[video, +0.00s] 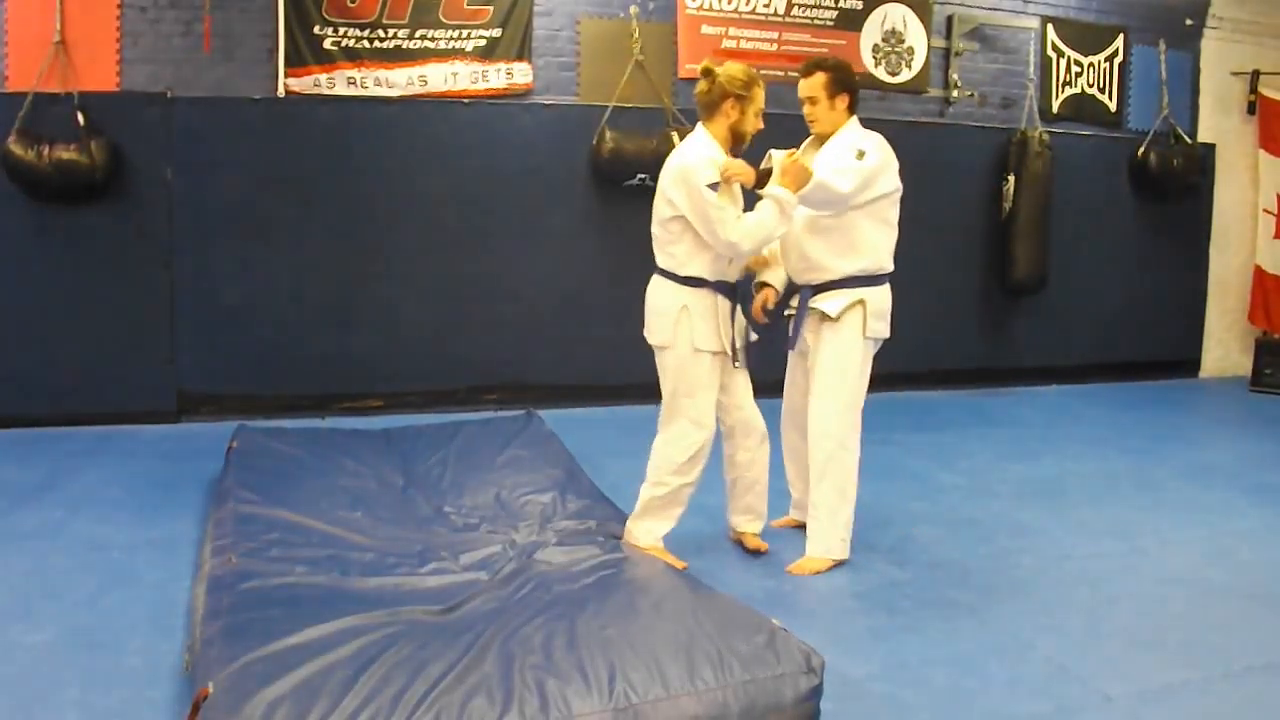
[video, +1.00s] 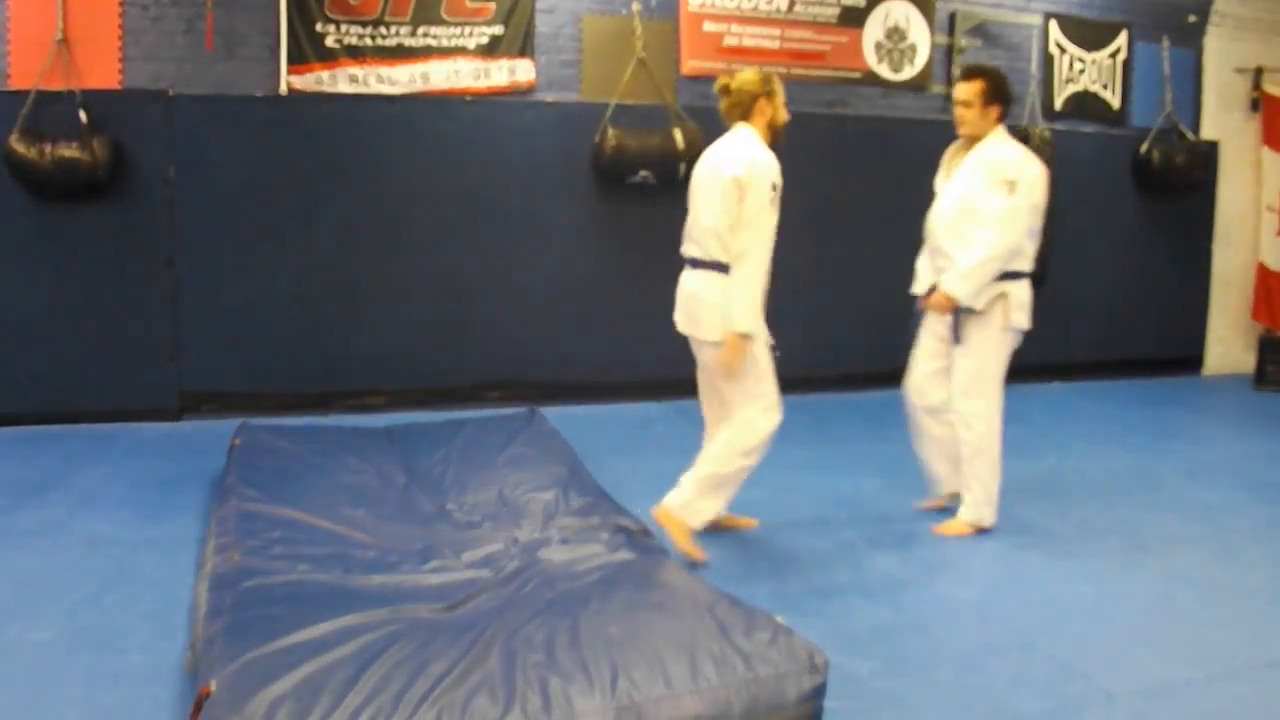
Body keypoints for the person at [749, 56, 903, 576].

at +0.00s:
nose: (805, 112)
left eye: (812, 103)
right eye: (802, 104)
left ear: (843, 101)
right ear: (810, 104)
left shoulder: (871, 149)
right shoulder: (806, 153)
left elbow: (830, 189)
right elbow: (780, 219)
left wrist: (761, 172)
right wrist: (770, 281)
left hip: (853, 303)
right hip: (813, 302)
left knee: (833, 421)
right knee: (798, 411)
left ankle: (832, 545)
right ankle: (806, 509)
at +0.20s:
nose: (801, 114)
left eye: (809, 104)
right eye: (798, 105)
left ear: (840, 102)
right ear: (804, 105)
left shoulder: (870, 152)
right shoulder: (802, 156)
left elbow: (840, 207)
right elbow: (779, 222)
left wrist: (771, 195)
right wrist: (758, 277)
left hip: (856, 303)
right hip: (813, 301)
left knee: (836, 423)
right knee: (799, 412)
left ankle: (833, 546)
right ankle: (807, 507)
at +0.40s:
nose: (817, 114)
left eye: (825, 105)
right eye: (814, 105)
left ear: (855, 103)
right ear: (816, 106)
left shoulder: (895, 158)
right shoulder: (818, 158)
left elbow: (886, 235)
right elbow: (803, 225)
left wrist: (831, 279)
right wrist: (789, 281)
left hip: (869, 304)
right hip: (822, 301)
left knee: (847, 417)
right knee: (809, 407)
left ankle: (832, 540)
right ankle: (810, 505)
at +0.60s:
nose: (852, 116)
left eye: (861, 106)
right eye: (849, 107)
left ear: (891, 106)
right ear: (850, 109)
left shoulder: (928, 162)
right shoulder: (852, 159)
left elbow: (920, 238)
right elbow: (837, 226)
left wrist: (875, 289)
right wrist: (815, 281)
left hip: (902, 301)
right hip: (850, 297)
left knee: (877, 409)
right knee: (830, 405)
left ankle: (918, 510)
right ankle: (819, 505)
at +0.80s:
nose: (906, 122)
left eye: (915, 113)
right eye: (904, 113)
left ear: (945, 116)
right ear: (910, 117)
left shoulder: (973, 175)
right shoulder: (912, 167)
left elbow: (949, 246)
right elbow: (888, 235)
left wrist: (893, 289)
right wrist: (861, 277)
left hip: (950, 311)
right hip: (905, 307)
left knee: (947, 415)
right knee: (873, 404)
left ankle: (980, 507)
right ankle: (834, 499)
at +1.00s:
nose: (957, 114)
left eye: (967, 106)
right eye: (955, 105)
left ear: (995, 110)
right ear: (956, 107)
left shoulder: (1023, 168)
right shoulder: (955, 157)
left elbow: (1006, 242)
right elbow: (938, 229)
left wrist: (956, 289)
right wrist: (925, 280)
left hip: (995, 296)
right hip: (948, 294)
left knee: (976, 400)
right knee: (923, 390)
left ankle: (979, 510)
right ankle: (950, 484)